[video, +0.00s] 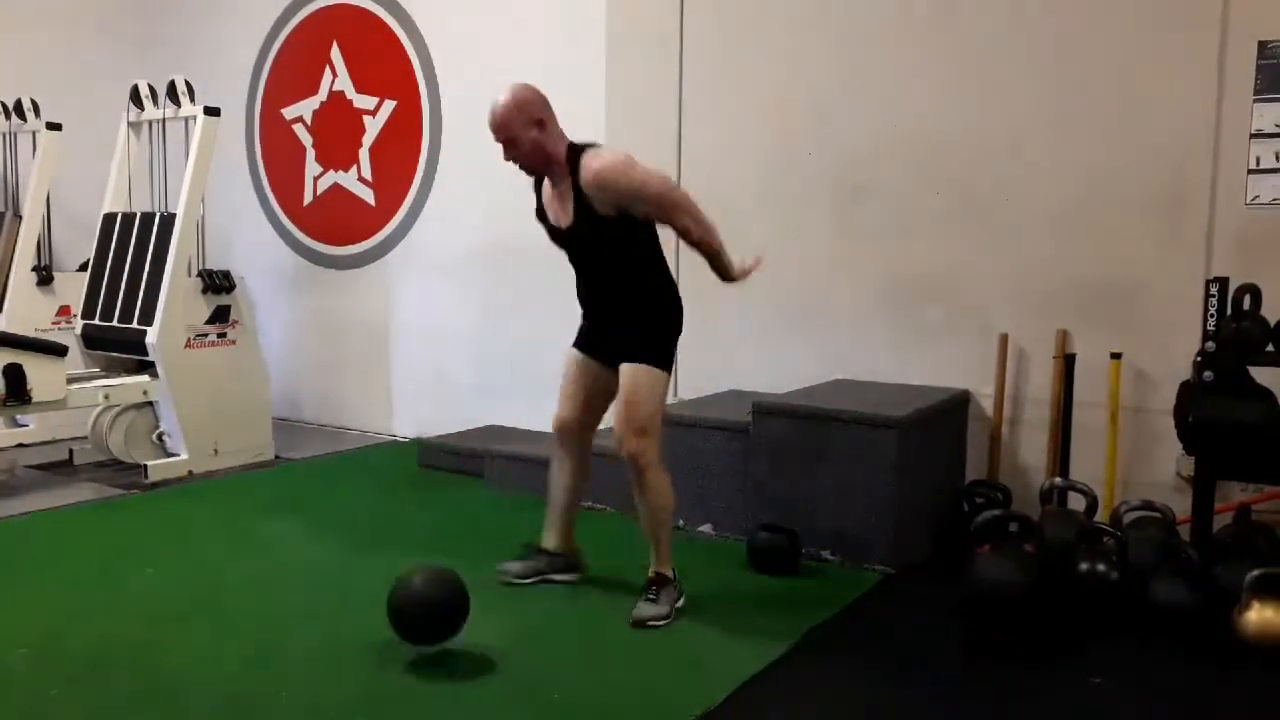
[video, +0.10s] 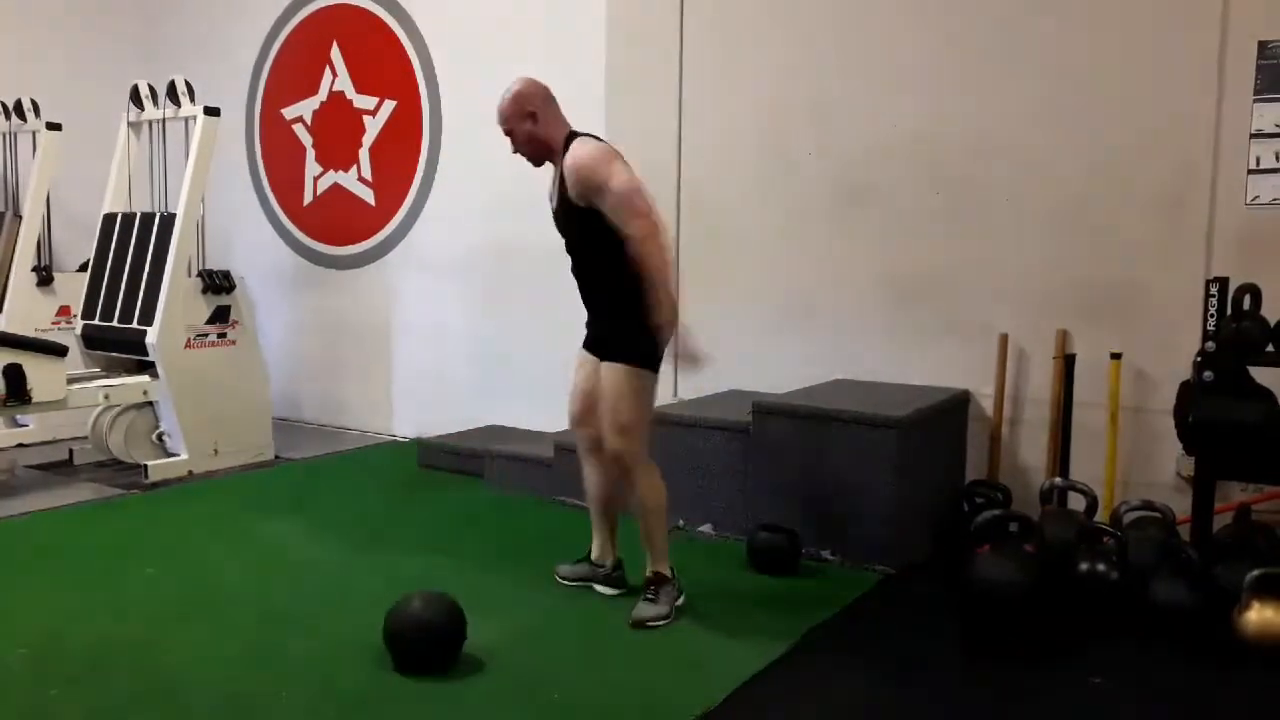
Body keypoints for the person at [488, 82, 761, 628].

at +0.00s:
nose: (506, 156)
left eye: (509, 143)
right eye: (502, 146)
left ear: (542, 128)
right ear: (530, 134)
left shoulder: (604, 172)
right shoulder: (544, 181)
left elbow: (682, 210)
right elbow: (593, 232)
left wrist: (726, 269)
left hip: (649, 313)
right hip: (601, 313)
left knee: (637, 444)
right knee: (569, 428)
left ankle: (663, 579)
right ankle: (557, 550)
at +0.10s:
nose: (512, 148)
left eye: (513, 135)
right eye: (509, 137)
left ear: (538, 119)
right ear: (536, 119)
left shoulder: (587, 160)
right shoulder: (565, 169)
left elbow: (646, 233)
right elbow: (607, 249)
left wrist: (667, 317)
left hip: (634, 327)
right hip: (602, 325)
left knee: (624, 444)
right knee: (587, 430)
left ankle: (662, 579)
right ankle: (604, 561)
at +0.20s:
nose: (543, 138)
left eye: (541, 130)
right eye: (543, 130)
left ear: (548, 125)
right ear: (583, 119)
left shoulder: (568, 156)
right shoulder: (620, 162)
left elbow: (559, 235)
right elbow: (661, 244)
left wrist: (503, 311)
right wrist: (613, 278)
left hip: (612, 315)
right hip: (646, 312)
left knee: (554, 434)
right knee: (594, 437)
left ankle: (640, 554)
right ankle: (604, 559)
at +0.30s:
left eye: (581, 127)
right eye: (609, 131)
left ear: (578, 129)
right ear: (621, 136)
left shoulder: (563, 154)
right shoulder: (651, 178)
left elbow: (509, 223)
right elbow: (679, 262)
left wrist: (462, 280)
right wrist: (651, 304)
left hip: (579, 314)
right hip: (637, 320)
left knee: (543, 426)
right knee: (602, 432)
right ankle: (608, 562)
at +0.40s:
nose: (647, 153)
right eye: (648, 147)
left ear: (601, 136)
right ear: (643, 144)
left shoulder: (553, 163)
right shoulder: (651, 180)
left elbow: (499, 233)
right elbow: (679, 261)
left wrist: (501, 299)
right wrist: (691, 332)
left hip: (553, 322)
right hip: (615, 327)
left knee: (539, 434)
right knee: (604, 435)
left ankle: (525, 564)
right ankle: (609, 562)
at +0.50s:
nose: (659, 163)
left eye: (662, 157)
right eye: (661, 155)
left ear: (618, 136)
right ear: (649, 143)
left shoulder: (561, 167)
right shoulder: (642, 175)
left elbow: (524, 249)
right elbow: (658, 255)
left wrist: (550, 295)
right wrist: (693, 332)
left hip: (543, 317)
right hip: (602, 321)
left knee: (537, 432)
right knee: (607, 434)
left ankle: (524, 565)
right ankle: (601, 562)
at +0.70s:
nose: (712, 187)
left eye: (717, 178)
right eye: (714, 174)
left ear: (680, 148)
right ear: (697, 155)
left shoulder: (623, 175)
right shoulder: (676, 196)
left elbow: (599, 262)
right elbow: (666, 285)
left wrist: (641, 321)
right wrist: (674, 370)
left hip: (561, 310)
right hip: (605, 318)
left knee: (584, 406)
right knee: (629, 435)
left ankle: (540, 517)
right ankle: (597, 561)